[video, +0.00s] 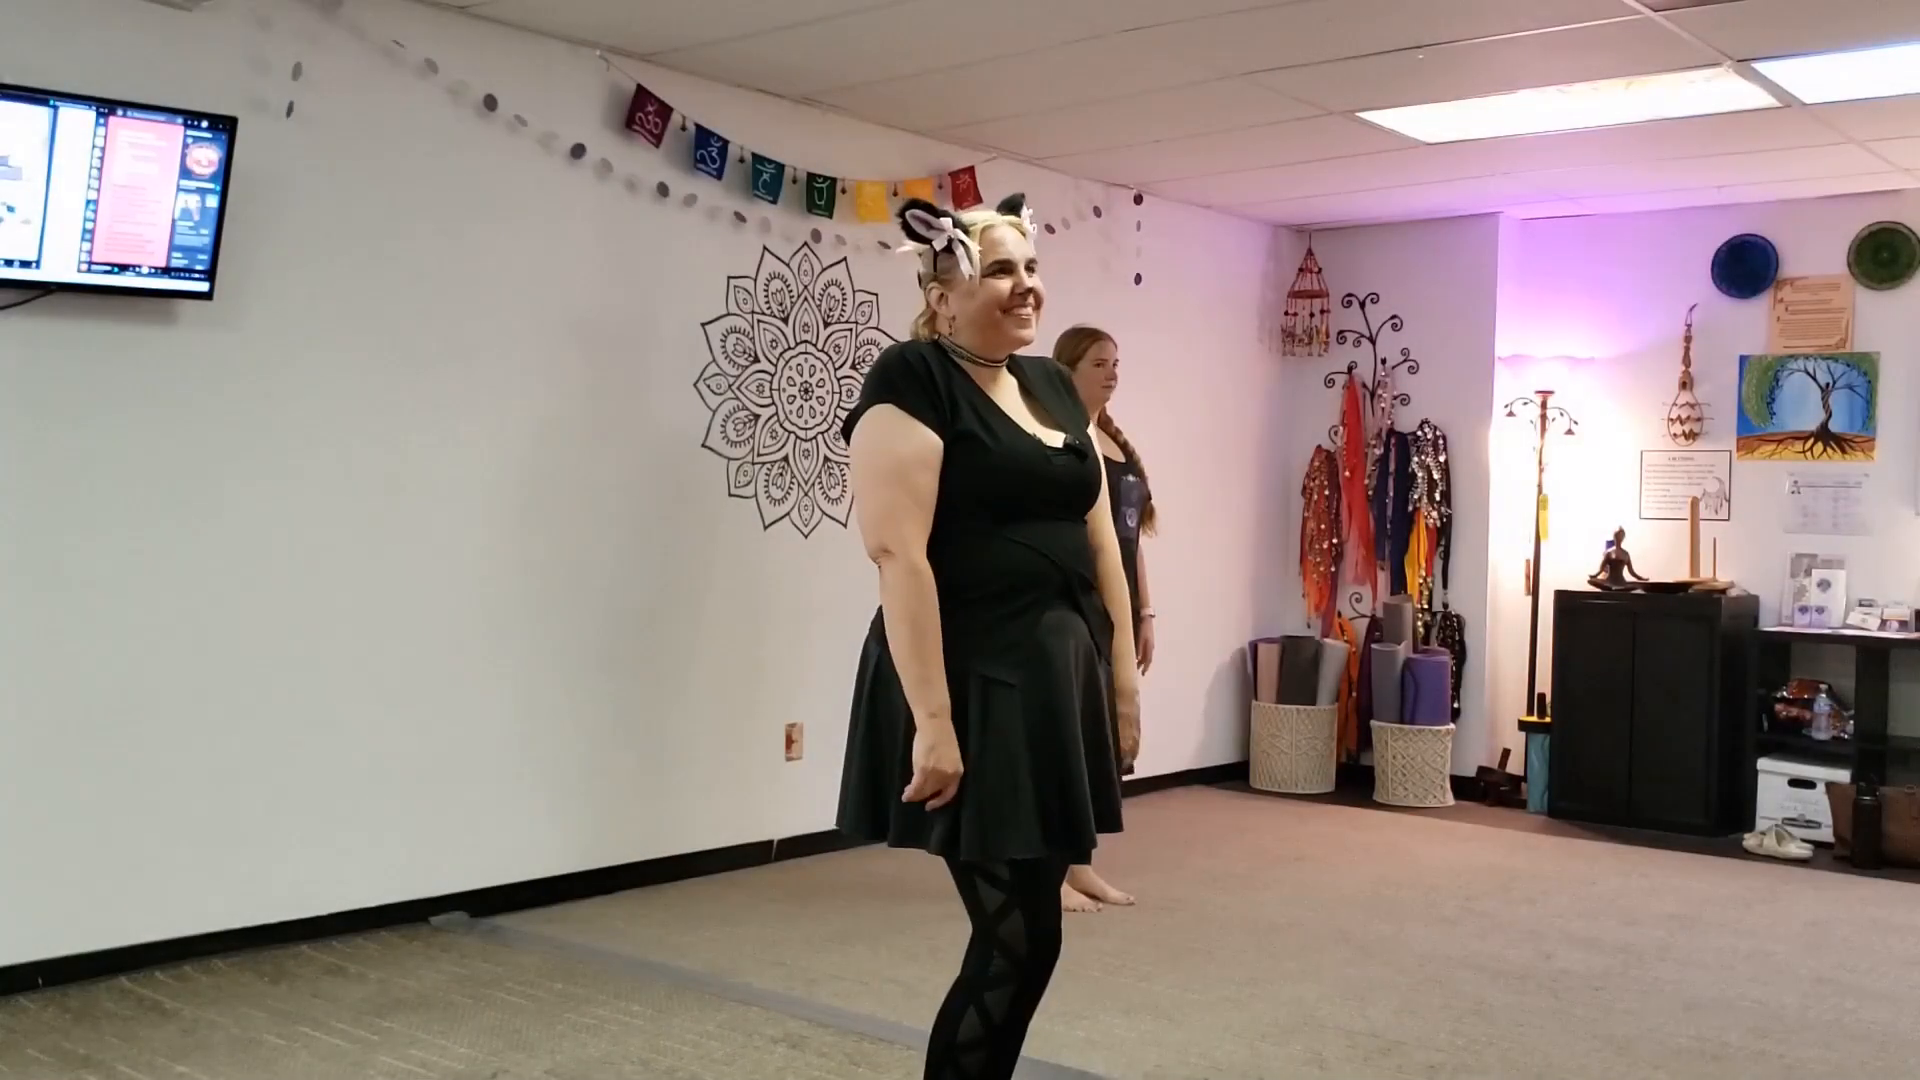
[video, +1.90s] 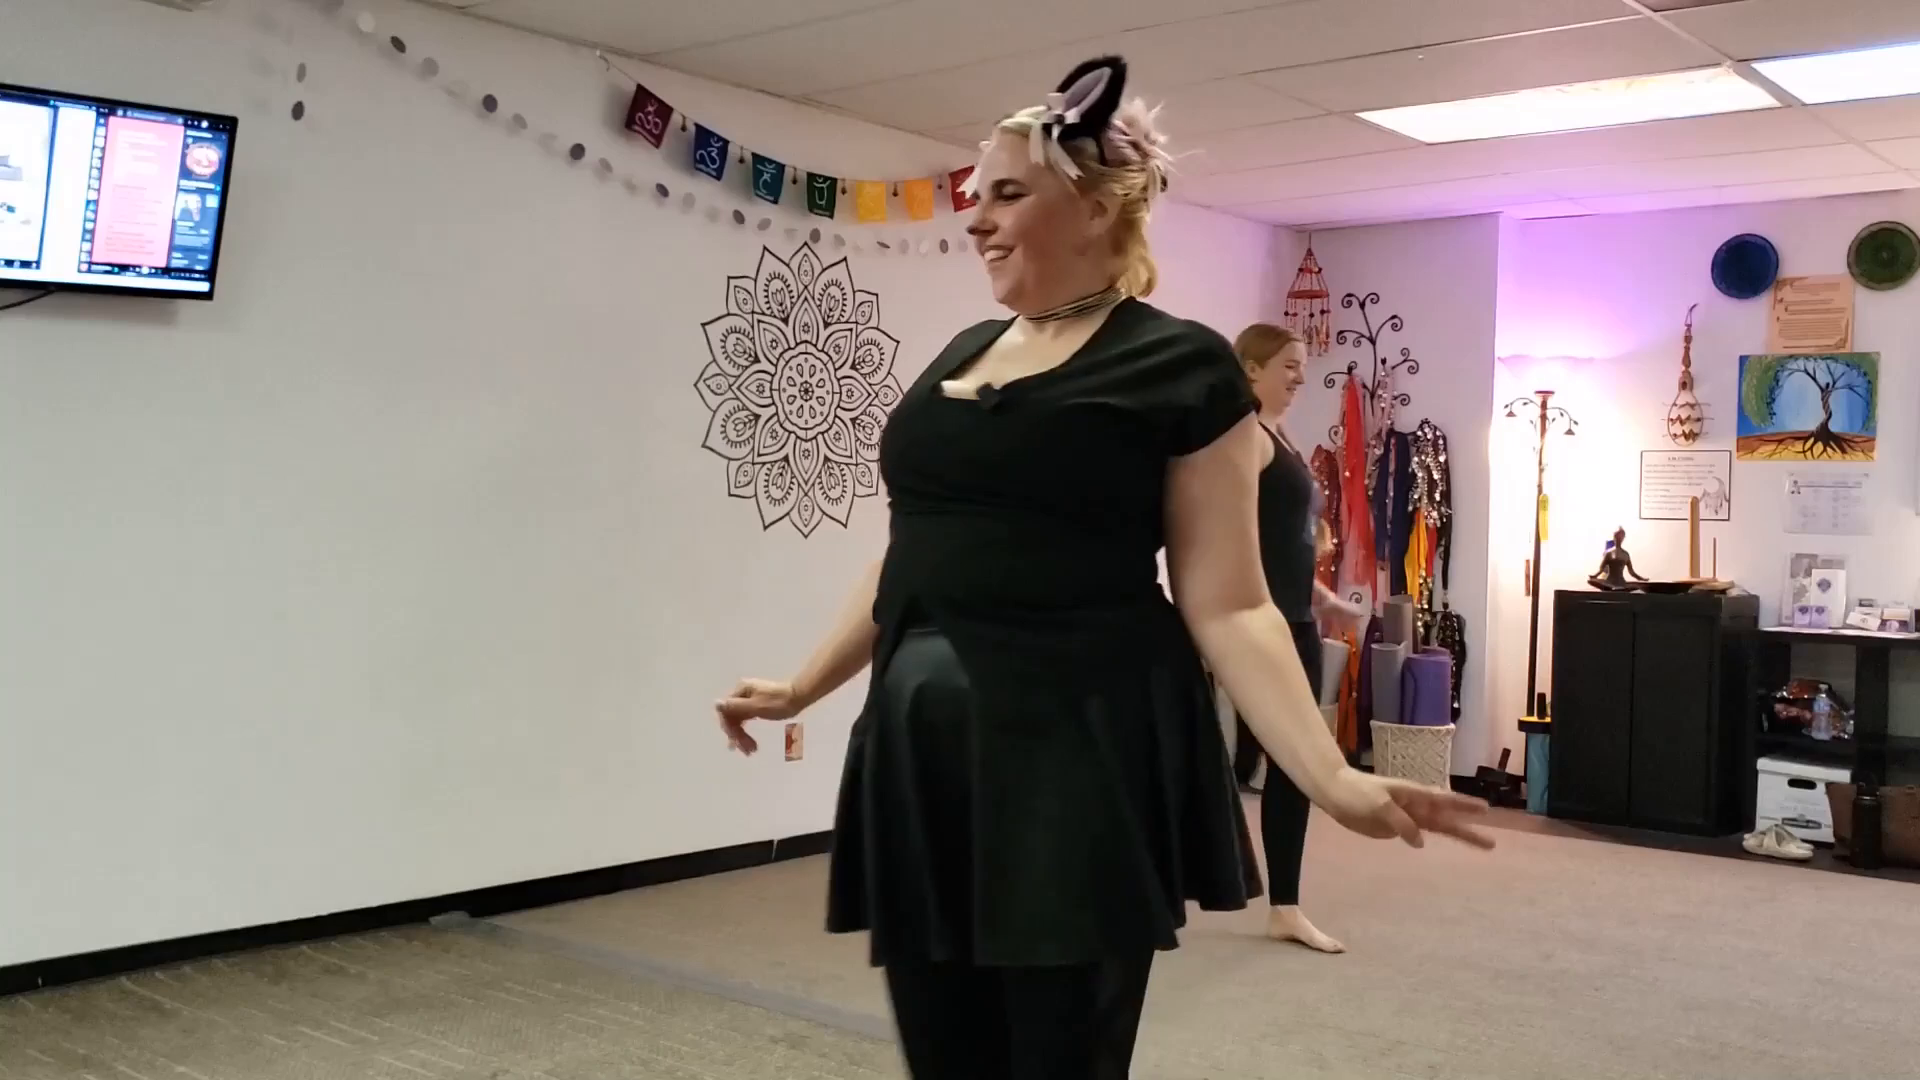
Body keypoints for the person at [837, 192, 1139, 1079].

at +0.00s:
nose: (1027, 284)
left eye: (1031, 269)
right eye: (1000, 271)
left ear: (1039, 282)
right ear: (941, 298)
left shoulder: (1051, 386)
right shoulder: (910, 379)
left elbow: (1102, 535)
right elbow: (897, 554)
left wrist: (1124, 675)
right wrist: (931, 720)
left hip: (1060, 683)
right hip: (968, 689)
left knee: (1021, 937)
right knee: (1019, 941)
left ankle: (969, 1069)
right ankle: (957, 1072)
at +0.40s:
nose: (1048, 282)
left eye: (1059, 265)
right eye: (1025, 264)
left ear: (1068, 271)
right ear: (967, 272)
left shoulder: (1075, 383)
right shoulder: (921, 375)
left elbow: (1116, 549)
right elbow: (846, 541)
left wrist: (1222, 635)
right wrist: (830, 698)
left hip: (1051, 666)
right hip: (942, 664)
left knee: (990, 918)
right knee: (1074, 898)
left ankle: (965, 1076)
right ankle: (1033, 1070)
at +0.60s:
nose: (1061, 276)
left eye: (1074, 258)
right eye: (1035, 259)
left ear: (1088, 275)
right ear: (989, 276)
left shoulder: (1109, 401)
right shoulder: (945, 376)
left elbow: (1157, 555)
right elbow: (854, 534)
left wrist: (1310, 548)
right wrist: (778, 678)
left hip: (1071, 678)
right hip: (960, 680)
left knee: (999, 932)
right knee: (1061, 940)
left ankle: (972, 1074)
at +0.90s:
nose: (1079, 266)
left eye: (1096, 247)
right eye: (1054, 253)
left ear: (1127, 268)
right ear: (1023, 284)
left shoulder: (1181, 398)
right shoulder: (982, 389)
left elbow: (1258, 547)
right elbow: (879, 552)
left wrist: (1384, 456)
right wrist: (772, 681)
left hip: (1136, 715)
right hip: (998, 709)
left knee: (1101, 966)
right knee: (1070, 977)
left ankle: (1016, 1065)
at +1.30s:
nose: (1081, 243)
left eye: (1108, 227)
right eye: (1061, 225)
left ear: (1150, 253)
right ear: (1037, 249)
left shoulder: (1214, 364)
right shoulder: (983, 377)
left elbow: (1299, 534)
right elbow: (894, 550)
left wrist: (1424, 547)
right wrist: (766, 637)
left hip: (1180, 718)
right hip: (1024, 721)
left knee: (1168, 996)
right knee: (1073, 1008)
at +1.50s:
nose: (1054, 222)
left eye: (1086, 201)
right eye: (1042, 206)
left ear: (1148, 224)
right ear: (1029, 234)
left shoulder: (1219, 369)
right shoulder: (989, 367)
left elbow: (1286, 569)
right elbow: (918, 551)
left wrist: (1374, 699)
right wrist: (803, 641)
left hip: (1164, 749)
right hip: (1010, 748)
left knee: (1103, 1047)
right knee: (1061, 1041)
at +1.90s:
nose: (979, 217)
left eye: (1008, 192)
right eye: (975, 199)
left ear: (1102, 200)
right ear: (973, 216)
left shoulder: (1181, 365)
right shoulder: (962, 356)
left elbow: (1233, 605)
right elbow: (912, 561)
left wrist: (1335, 783)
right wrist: (804, 685)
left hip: (1082, 771)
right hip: (921, 764)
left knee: (1061, 1057)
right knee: (944, 1056)